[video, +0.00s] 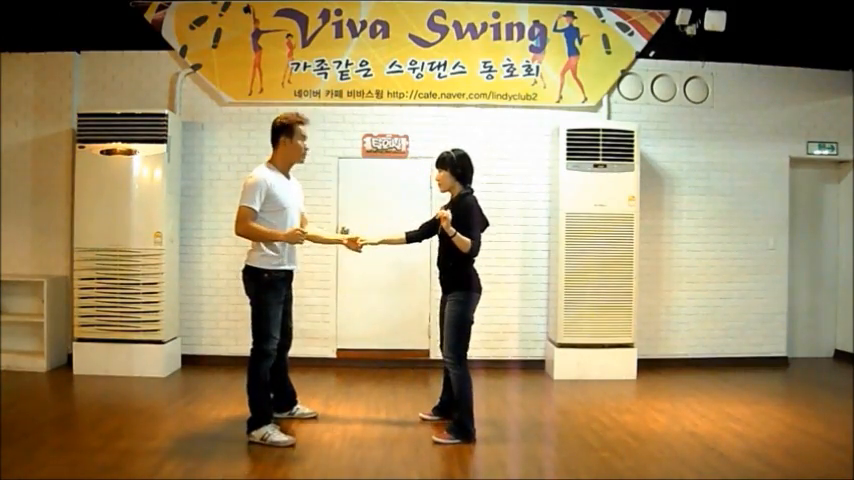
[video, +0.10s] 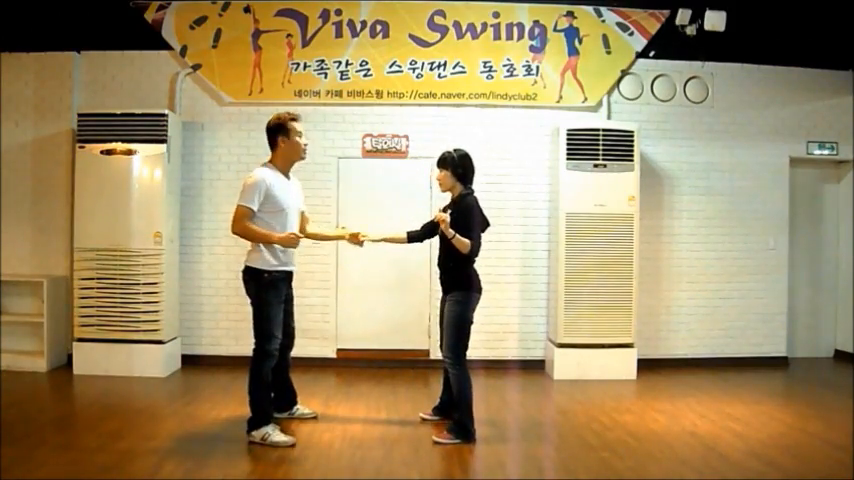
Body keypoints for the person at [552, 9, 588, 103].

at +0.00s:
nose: (566, 20)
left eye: (568, 18)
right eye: (566, 18)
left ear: (571, 19)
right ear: (569, 19)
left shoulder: (568, 29)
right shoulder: (576, 29)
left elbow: (555, 30)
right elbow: (579, 43)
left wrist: (557, 19)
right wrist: (582, 37)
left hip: (572, 54)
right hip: (575, 53)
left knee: (562, 72)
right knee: (574, 75)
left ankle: (559, 95)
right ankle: (584, 95)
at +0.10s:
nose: (566, 20)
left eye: (568, 18)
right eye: (566, 18)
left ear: (571, 19)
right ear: (568, 19)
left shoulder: (568, 29)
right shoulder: (576, 29)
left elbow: (555, 30)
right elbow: (579, 42)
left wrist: (557, 19)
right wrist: (582, 37)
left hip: (572, 54)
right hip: (575, 53)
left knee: (562, 72)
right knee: (574, 75)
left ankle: (559, 95)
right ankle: (584, 95)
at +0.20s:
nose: (567, 20)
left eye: (568, 18)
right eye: (567, 18)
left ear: (572, 19)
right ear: (568, 19)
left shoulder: (568, 29)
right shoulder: (576, 29)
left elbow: (555, 30)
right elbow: (579, 42)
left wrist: (557, 19)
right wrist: (582, 37)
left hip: (572, 54)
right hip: (575, 53)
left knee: (562, 72)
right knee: (574, 75)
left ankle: (559, 95)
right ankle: (584, 95)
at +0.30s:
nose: (567, 20)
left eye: (568, 18)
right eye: (566, 18)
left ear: (572, 19)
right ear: (568, 19)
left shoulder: (567, 29)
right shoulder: (576, 29)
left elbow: (555, 30)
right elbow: (580, 43)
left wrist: (557, 19)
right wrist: (582, 37)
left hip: (572, 54)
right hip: (575, 54)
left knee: (562, 73)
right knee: (574, 75)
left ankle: (559, 95)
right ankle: (584, 95)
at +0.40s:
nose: (567, 20)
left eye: (568, 18)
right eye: (566, 18)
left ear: (572, 19)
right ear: (567, 18)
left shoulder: (567, 29)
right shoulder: (576, 29)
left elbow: (555, 30)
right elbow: (580, 42)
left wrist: (557, 19)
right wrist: (582, 37)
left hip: (572, 54)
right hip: (575, 54)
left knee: (562, 73)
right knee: (574, 75)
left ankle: (559, 95)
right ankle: (584, 95)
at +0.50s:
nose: (567, 20)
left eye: (569, 18)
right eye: (567, 18)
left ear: (572, 19)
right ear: (567, 18)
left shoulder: (567, 29)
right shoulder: (576, 29)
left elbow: (555, 30)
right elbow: (579, 42)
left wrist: (557, 19)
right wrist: (582, 37)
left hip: (572, 54)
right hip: (575, 53)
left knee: (562, 73)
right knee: (574, 75)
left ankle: (559, 95)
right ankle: (584, 95)